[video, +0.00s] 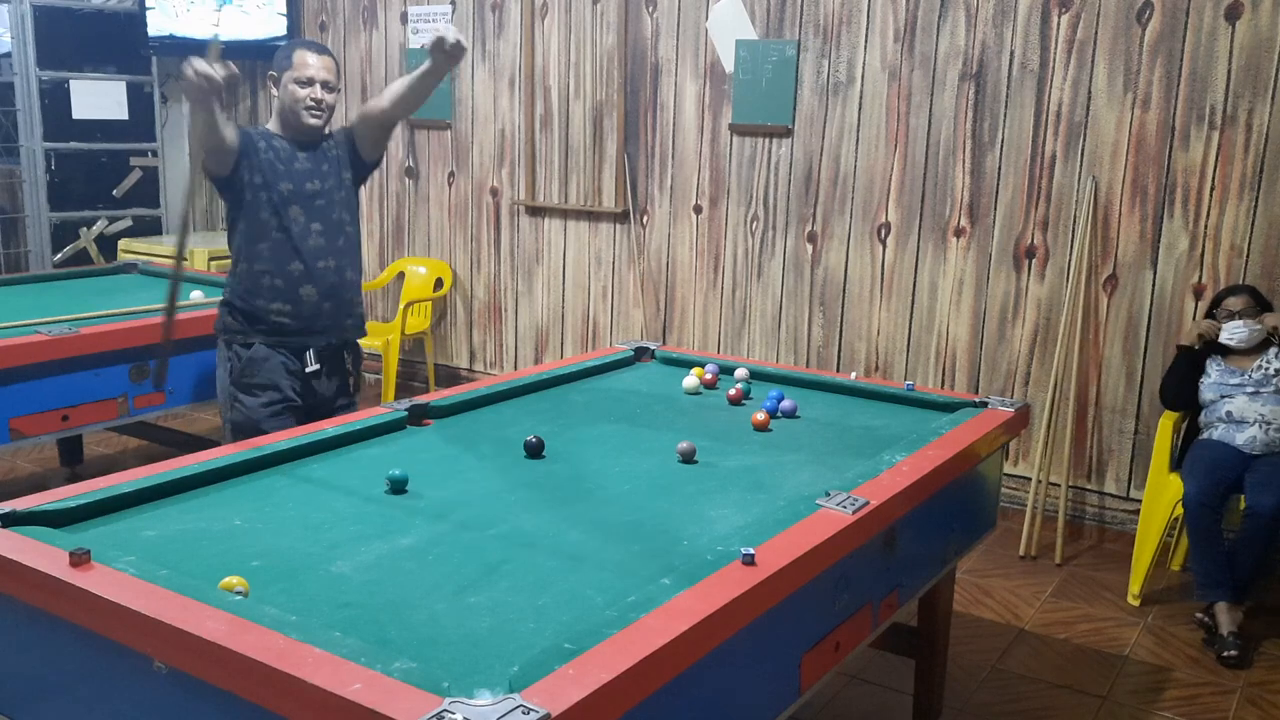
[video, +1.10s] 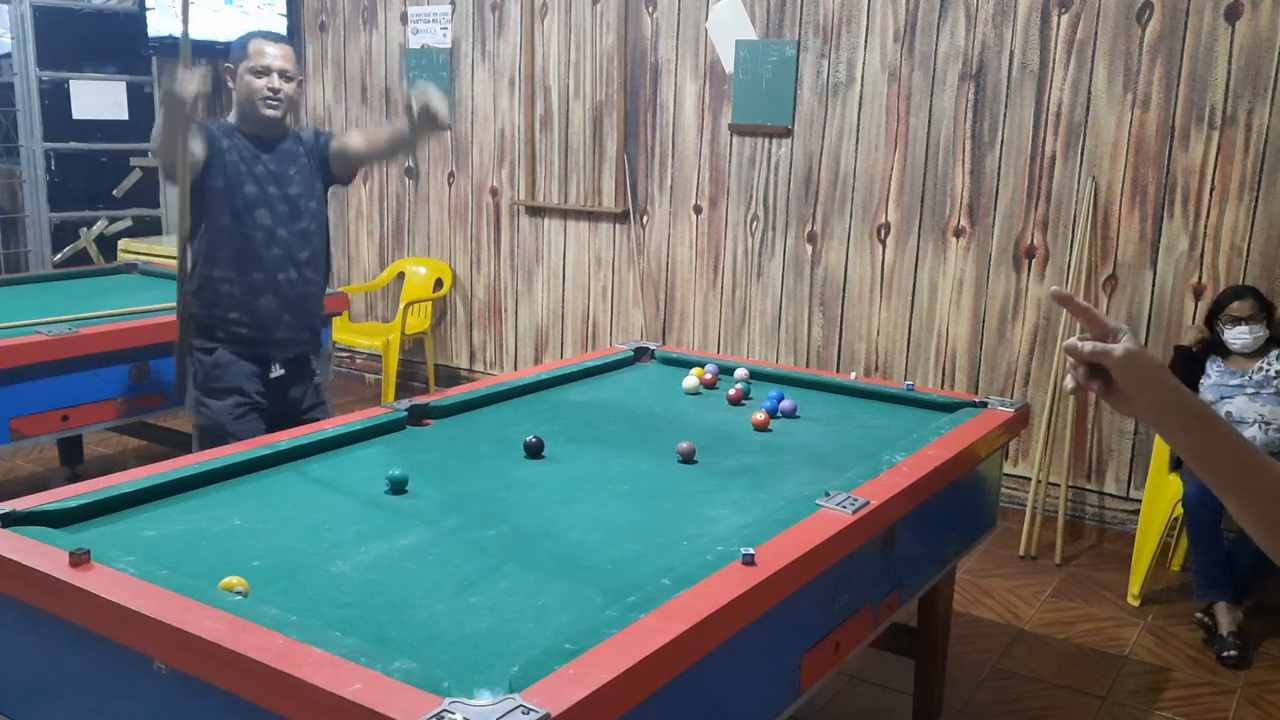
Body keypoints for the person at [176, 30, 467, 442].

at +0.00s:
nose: (318, 95)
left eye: (329, 87)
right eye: (304, 83)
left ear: (337, 96)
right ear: (275, 87)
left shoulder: (345, 153)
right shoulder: (246, 149)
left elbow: (384, 112)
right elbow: (214, 148)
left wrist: (436, 68)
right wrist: (204, 102)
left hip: (334, 351)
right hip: (261, 352)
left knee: (334, 485)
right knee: (267, 488)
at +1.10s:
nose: (274, 85)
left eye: (286, 77)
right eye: (261, 73)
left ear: (298, 89)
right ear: (233, 79)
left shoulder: (312, 147)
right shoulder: (209, 139)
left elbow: (365, 145)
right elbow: (174, 165)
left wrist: (412, 131)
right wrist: (176, 112)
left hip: (298, 351)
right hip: (226, 351)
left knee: (314, 479)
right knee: (235, 486)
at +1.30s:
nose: (255, 85)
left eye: (266, 76)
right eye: (240, 73)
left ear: (279, 87)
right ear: (212, 77)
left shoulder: (299, 160)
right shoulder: (177, 160)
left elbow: (345, 236)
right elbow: (144, 235)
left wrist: (383, 298)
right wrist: (137, 297)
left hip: (290, 361)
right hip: (209, 363)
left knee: (297, 498)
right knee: (208, 501)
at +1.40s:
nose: (244, 80)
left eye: (256, 71)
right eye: (229, 68)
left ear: (269, 84)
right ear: (200, 78)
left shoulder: (289, 163)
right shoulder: (166, 163)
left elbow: (309, 260)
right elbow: (134, 267)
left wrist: (322, 346)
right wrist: (114, 367)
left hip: (280, 369)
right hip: (197, 373)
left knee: (294, 506)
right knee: (198, 513)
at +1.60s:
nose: (220, 81)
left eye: (232, 71)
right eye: (204, 68)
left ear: (245, 82)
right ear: (170, 75)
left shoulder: (255, 152)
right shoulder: (130, 168)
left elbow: (255, 259)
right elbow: (112, 280)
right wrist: (94, 381)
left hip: (260, 371)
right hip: (175, 379)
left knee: (283, 514)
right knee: (188, 524)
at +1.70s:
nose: (201, 78)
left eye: (212, 68)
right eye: (184, 66)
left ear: (225, 81)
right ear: (149, 76)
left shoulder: (234, 150)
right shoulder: (111, 174)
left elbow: (239, 259)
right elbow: (97, 285)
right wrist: (80, 384)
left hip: (246, 370)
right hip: (163, 380)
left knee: (280, 514)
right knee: (178, 529)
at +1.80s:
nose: (180, 81)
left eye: (190, 69)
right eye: (162, 69)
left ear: (202, 79)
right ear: (126, 80)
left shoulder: (219, 153)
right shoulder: (98, 179)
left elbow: (227, 253)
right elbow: (80, 296)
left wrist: (246, 315)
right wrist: (59, 400)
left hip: (234, 370)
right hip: (151, 381)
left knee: (273, 511)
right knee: (169, 531)